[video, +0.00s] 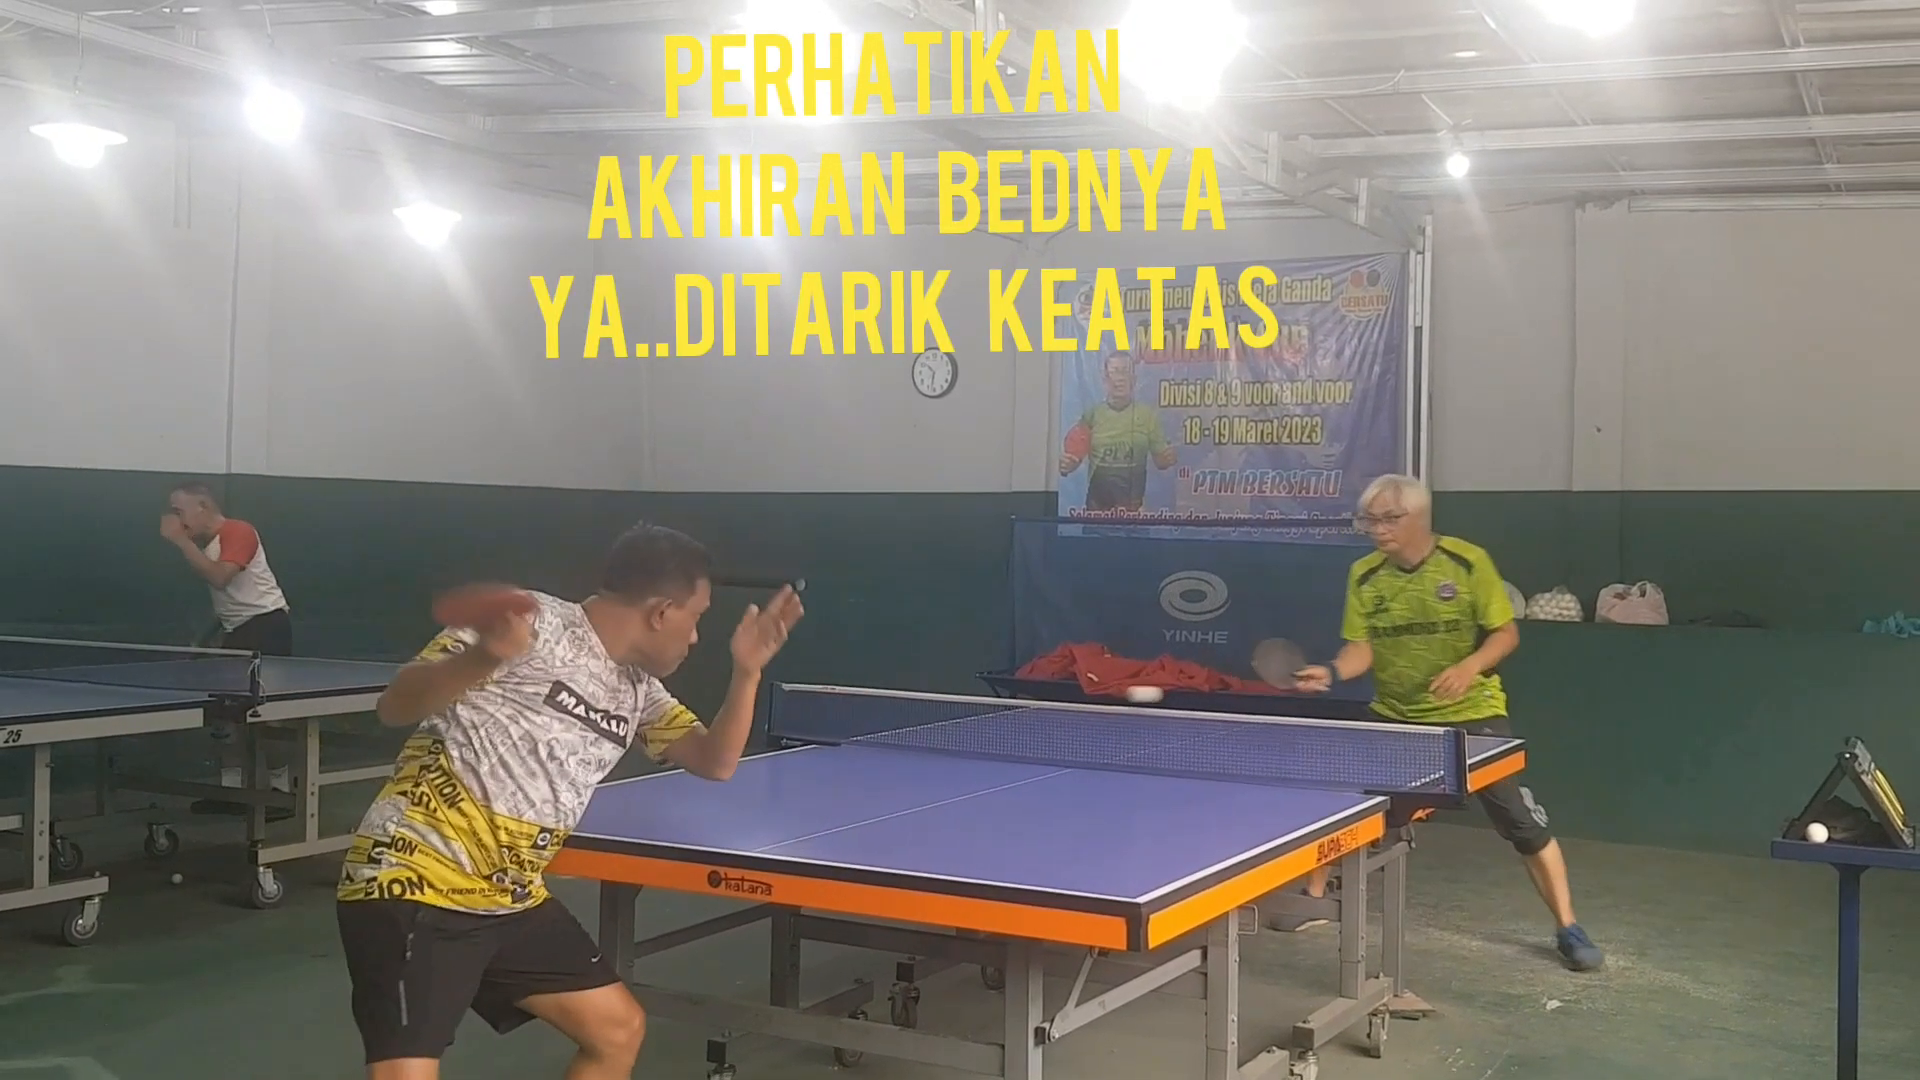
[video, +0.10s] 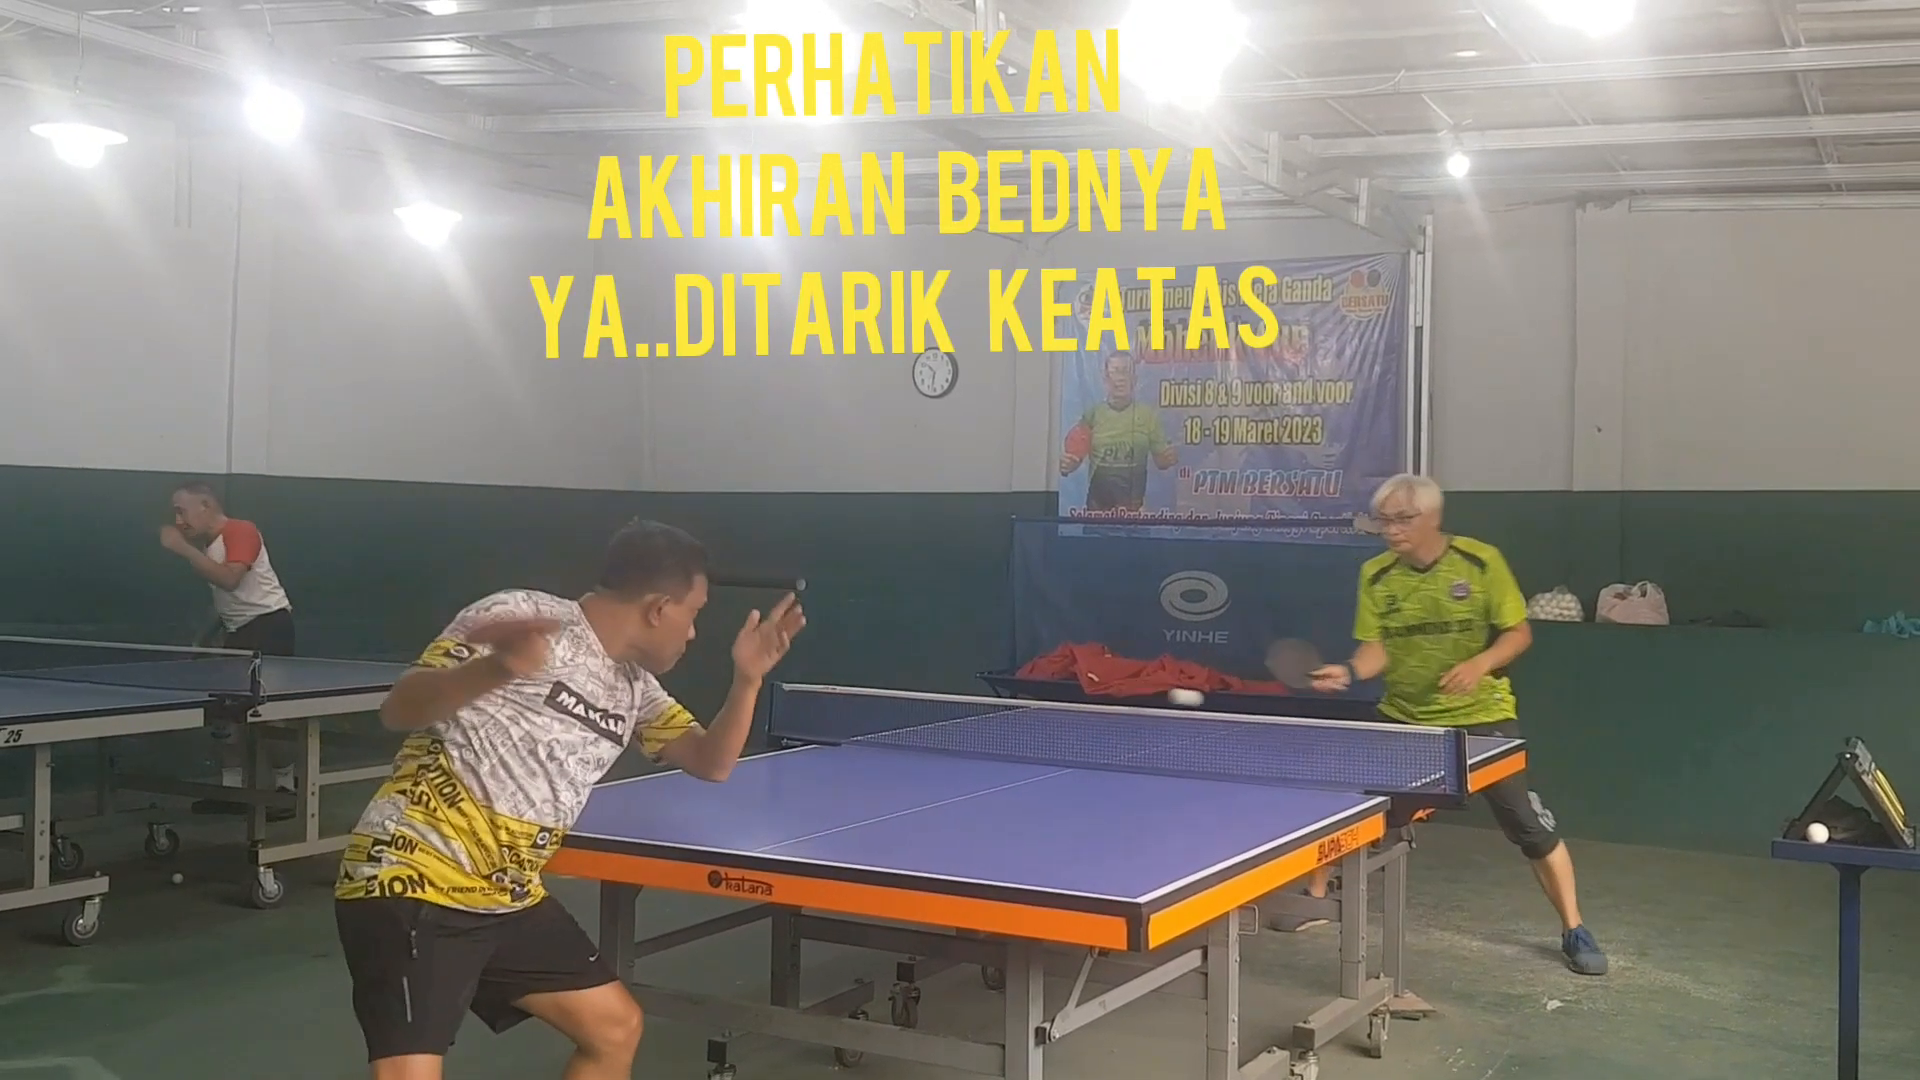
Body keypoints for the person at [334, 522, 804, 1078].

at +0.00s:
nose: (695, 636)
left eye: (699, 621)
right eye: (695, 619)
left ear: (653, 614)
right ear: (659, 614)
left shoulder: (640, 691)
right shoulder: (526, 619)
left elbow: (716, 761)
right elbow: (394, 707)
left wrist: (747, 672)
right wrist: (483, 657)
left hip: (508, 890)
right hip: (411, 877)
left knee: (618, 1028)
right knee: (405, 1070)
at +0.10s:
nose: (693, 633)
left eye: (696, 617)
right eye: (693, 615)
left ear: (651, 611)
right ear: (657, 610)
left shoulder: (635, 689)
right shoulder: (515, 616)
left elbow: (712, 762)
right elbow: (399, 709)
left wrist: (748, 680)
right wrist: (494, 669)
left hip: (505, 888)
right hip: (408, 876)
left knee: (616, 1027)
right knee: (409, 1069)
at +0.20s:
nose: (693, 633)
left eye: (696, 617)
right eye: (693, 615)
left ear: (651, 611)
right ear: (657, 610)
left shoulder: (635, 689)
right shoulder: (515, 616)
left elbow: (712, 762)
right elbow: (399, 709)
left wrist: (748, 680)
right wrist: (494, 669)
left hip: (505, 888)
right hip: (408, 876)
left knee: (616, 1027)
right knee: (409, 1069)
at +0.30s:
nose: (689, 629)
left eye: (691, 613)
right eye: (688, 610)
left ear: (646, 606)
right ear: (651, 604)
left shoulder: (629, 685)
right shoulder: (509, 615)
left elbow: (705, 761)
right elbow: (402, 714)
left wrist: (744, 689)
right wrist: (506, 677)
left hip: (502, 890)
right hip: (406, 876)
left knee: (612, 1026)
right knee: (409, 1072)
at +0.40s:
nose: (689, 629)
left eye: (691, 613)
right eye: (688, 610)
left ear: (646, 606)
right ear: (651, 604)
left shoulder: (629, 685)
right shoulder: (509, 615)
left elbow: (705, 761)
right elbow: (402, 714)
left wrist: (744, 689)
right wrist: (506, 677)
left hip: (502, 890)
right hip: (406, 877)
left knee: (612, 1026)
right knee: (409, 1072)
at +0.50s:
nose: (682, 622)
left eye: (684, 607)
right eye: (680, 604)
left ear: (638, 600)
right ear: (641, 598)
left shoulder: (621, 680)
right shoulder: (503, 615)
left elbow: (694, 760)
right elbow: (404, 716)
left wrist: (738, 696)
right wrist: (518, 689)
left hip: (498, 891)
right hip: (404, 879)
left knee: (607, 1026)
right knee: (407, 1070)